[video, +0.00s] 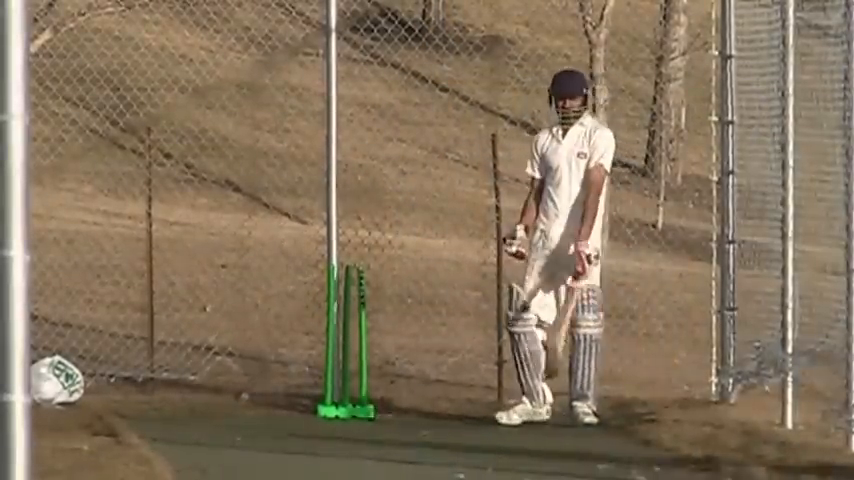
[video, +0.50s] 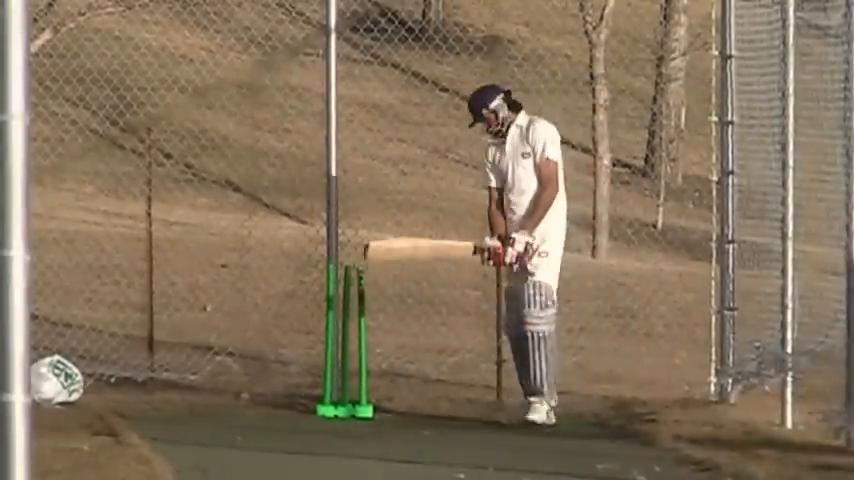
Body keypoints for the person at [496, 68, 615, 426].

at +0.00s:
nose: (567, 105)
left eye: (574, 99)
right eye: (560, 99)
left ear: (586, 100)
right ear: (552, 102)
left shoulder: (599, 137)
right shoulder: (543, 141)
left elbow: (594, 190)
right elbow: (536, 193)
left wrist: (583, 240)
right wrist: (521, 231)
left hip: (583, 247)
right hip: (544, 247)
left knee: (586, 323)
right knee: (523, 320)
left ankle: (583, 402)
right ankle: (535, 399)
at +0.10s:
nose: (558, 107)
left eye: (564, 100)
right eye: (550, 101)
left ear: (576, 99)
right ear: (542, 103)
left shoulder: (591, 135)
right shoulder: (535, 142)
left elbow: (587, 186)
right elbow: (527, 194)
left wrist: (564, 231)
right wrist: (519, 234)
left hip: (577, 247)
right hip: (537, 247)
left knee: (582, 320)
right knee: (525, 320)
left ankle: (582, 402)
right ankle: (539, 404)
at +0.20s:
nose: (544, 109)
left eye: (549, 102)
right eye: (536, 104)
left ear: (560, 99)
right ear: (528, 106)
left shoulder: (580, 134)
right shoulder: (524, 143)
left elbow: (579, 187)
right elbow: (517, 193)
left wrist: (548, 223)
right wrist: (513, 234)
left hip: (569, 246)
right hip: (530, 246)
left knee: (577, 319)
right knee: (526, 321)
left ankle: (581, 401)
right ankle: (539, 403)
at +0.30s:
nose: (526, 112)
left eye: (530, 104)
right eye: (519, 107)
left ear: (544, 98)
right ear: (513, 109)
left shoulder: (568, 131)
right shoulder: (511, 143)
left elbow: (569, 185)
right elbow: (508, 192)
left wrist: (536, 222)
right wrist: (508, 227)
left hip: (559, 246)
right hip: (523, 247)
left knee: (570, 321)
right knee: (523, 324)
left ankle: (579, 401)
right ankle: (538, 404)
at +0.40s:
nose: (507, 115)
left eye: (511, 107)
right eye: (501, 111)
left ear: (524, 101)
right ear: (497, 113)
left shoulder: (555, 131)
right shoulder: (502, 144)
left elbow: (558, 188)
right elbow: (501, 197)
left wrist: (526, 228)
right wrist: (501, 231)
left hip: (551, 243)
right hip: (518, 245)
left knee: (554, 318)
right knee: (521, 322)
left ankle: (565, 396)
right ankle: (537, 399)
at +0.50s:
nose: (488, 126)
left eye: (490, 117)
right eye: (483, 121)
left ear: (503, 108)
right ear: (484, 120)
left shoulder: (539, 130)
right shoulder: (495, 149)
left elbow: (550, 187)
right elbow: (496, 201)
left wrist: (525, 231)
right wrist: (499, 238)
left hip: (544, 238)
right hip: (515, 242)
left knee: (535, 314)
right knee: (515, 319)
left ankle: (541, 399)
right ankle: (536, 396)